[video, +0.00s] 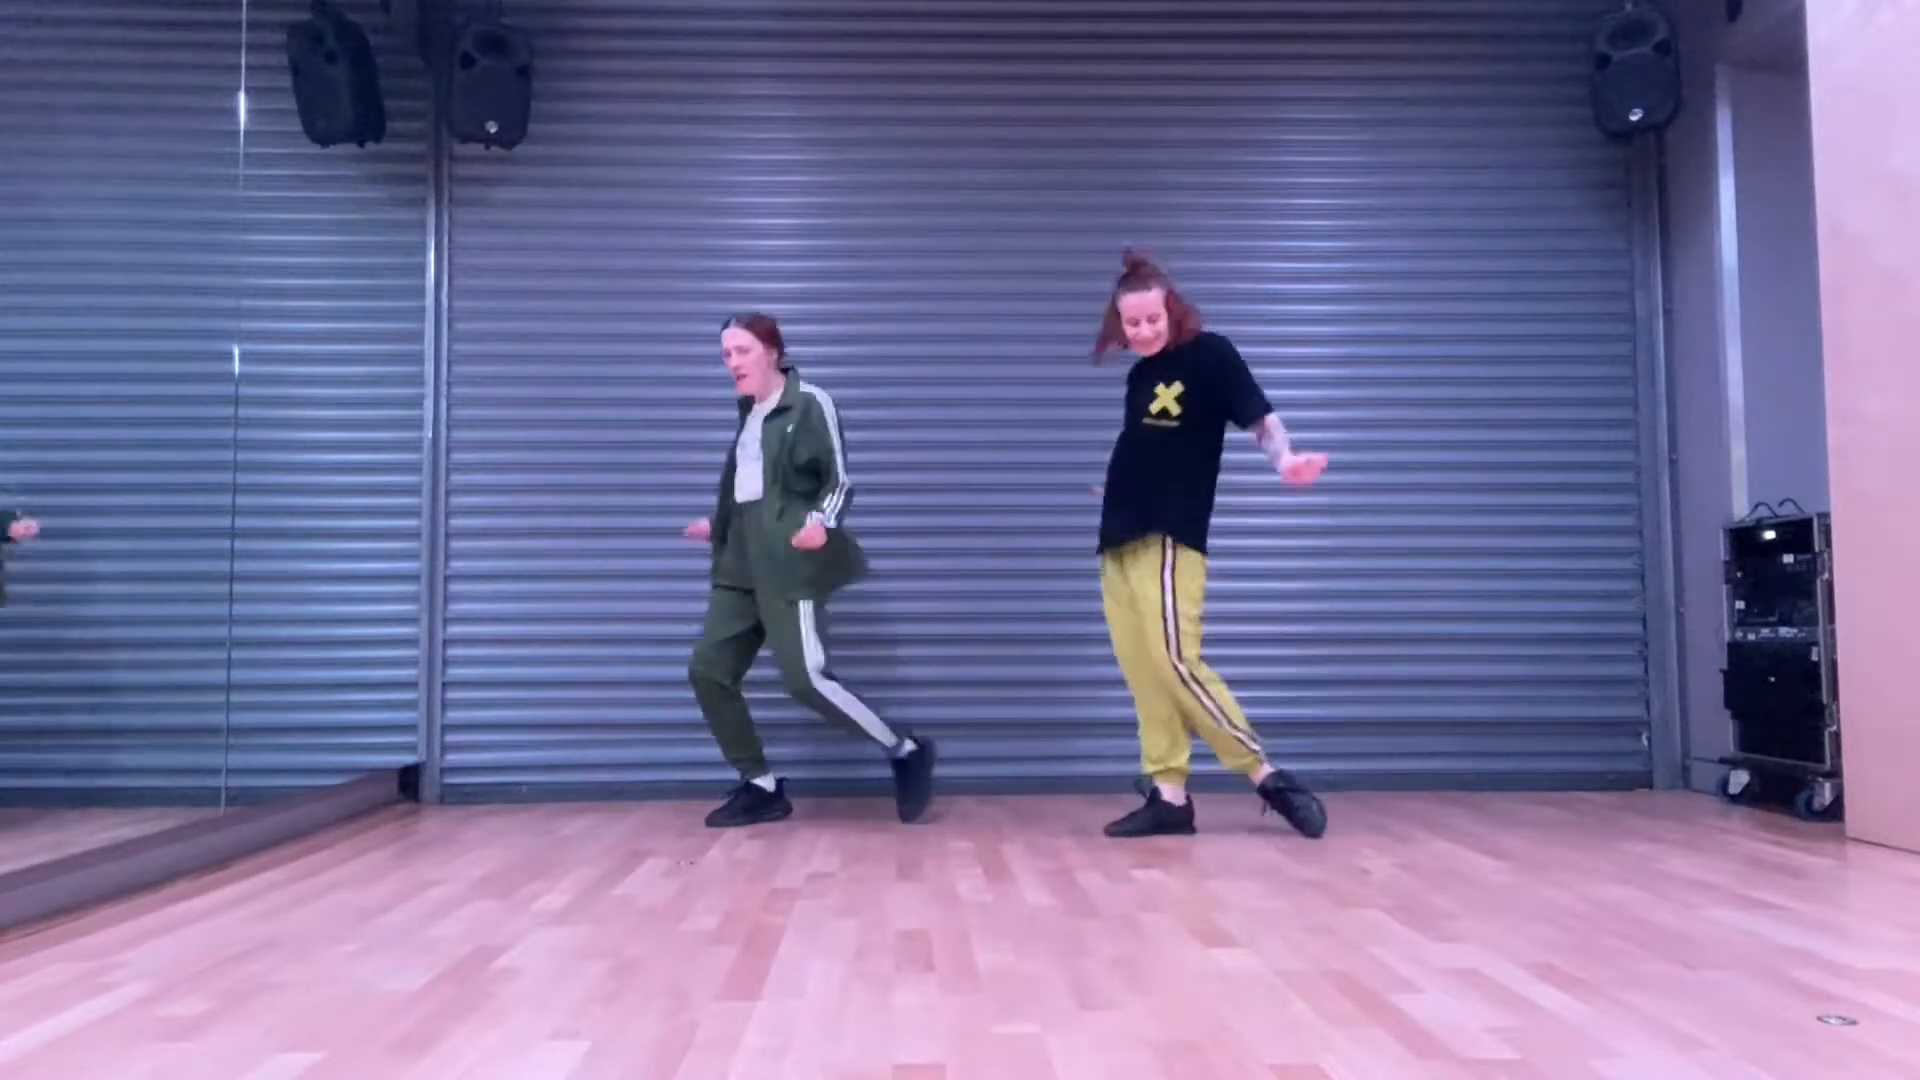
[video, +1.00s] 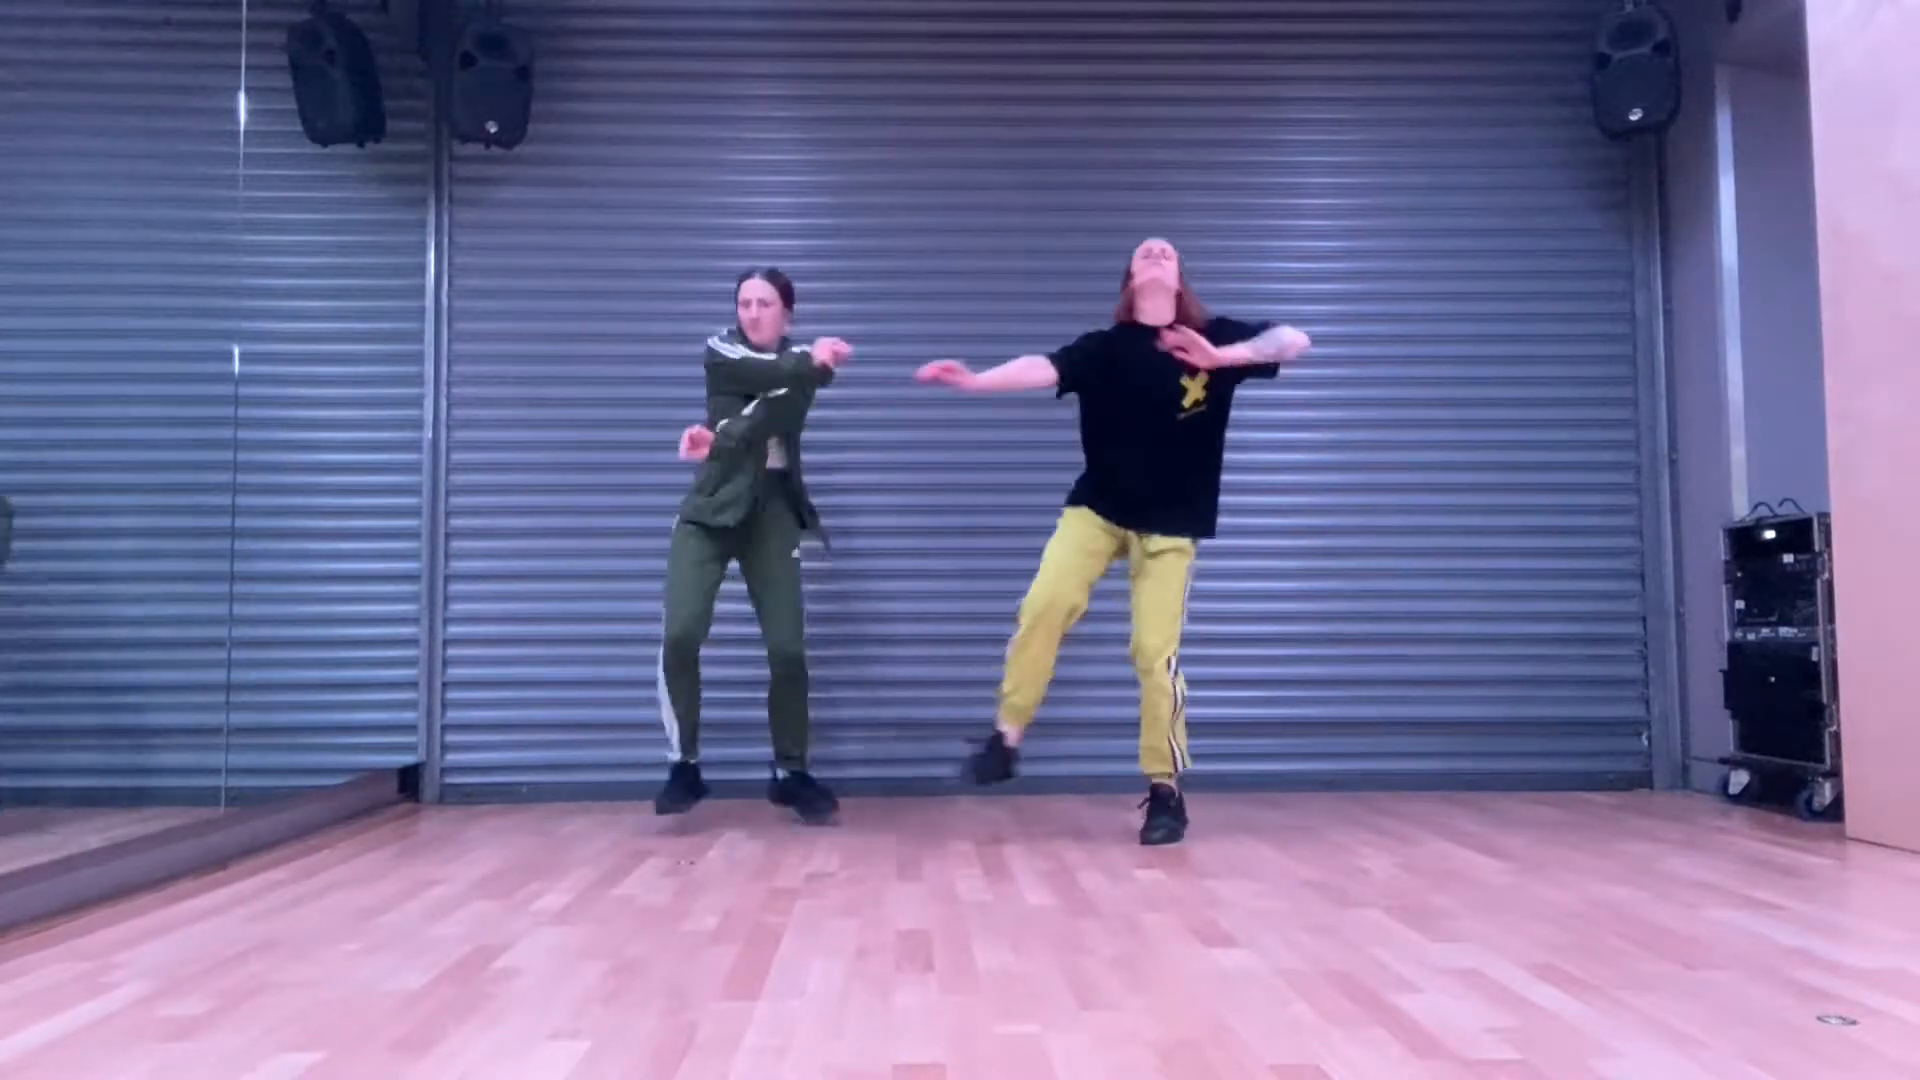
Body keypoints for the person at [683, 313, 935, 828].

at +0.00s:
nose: (733, 363)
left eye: (741, 352)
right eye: (727, 355)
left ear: (773, 354)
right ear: (728, 363)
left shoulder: (812, 404)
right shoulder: (747, 415)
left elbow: (839, 481)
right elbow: (755, 493)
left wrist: (822, 521)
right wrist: (718, 526)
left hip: (789, 562)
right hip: (740, 565)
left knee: (808, 680)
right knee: (710, 673)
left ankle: (906, 752)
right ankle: (761, 788)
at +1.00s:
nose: (753, 312)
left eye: (765, 304)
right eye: (745, 304)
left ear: (788, 314)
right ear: (735, 313)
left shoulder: (804, 366)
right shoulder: (719, 352)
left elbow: (778, 414)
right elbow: (759, 369)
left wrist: (719, 435)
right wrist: (812, 362)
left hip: (772, 507)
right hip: (709, 505)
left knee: (788, 648)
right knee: (680, 635)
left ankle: (790, 774)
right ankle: (684, 768)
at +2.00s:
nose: (734, 388)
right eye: (734, 380)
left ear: (683, 361)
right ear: (729, 375)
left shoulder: (636, 390)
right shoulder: (738, 412)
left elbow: (605, 469)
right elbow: (765, 496)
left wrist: (606, 519)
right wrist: (729, 536)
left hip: (617, 546)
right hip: (686, 553)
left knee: (614, 666)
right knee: (709, 672)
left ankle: (602, 784)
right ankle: (706, 792)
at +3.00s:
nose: (685, 366)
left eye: (694, 357)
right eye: (675, 356)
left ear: (710, 361)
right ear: (661, 361)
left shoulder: (732, 399)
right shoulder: (636, 409)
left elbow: (748, 461)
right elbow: (609, 477)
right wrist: (618, 539)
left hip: (730, 536)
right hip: (669, 539)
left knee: (740, 666)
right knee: (668, 664)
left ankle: (719, 761)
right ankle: (672, 771)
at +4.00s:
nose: (714, 290)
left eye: (725, 281)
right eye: (704, 281)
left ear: (746, 292)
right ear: (690, 294)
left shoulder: (782, 361)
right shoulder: (666, 366)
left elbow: (819, 444)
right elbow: (645, 457)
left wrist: (808, 465)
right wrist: (653, 399)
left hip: (765, 509)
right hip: (693, 510)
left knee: (754, 666)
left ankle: (740, 816)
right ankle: (709, 742)